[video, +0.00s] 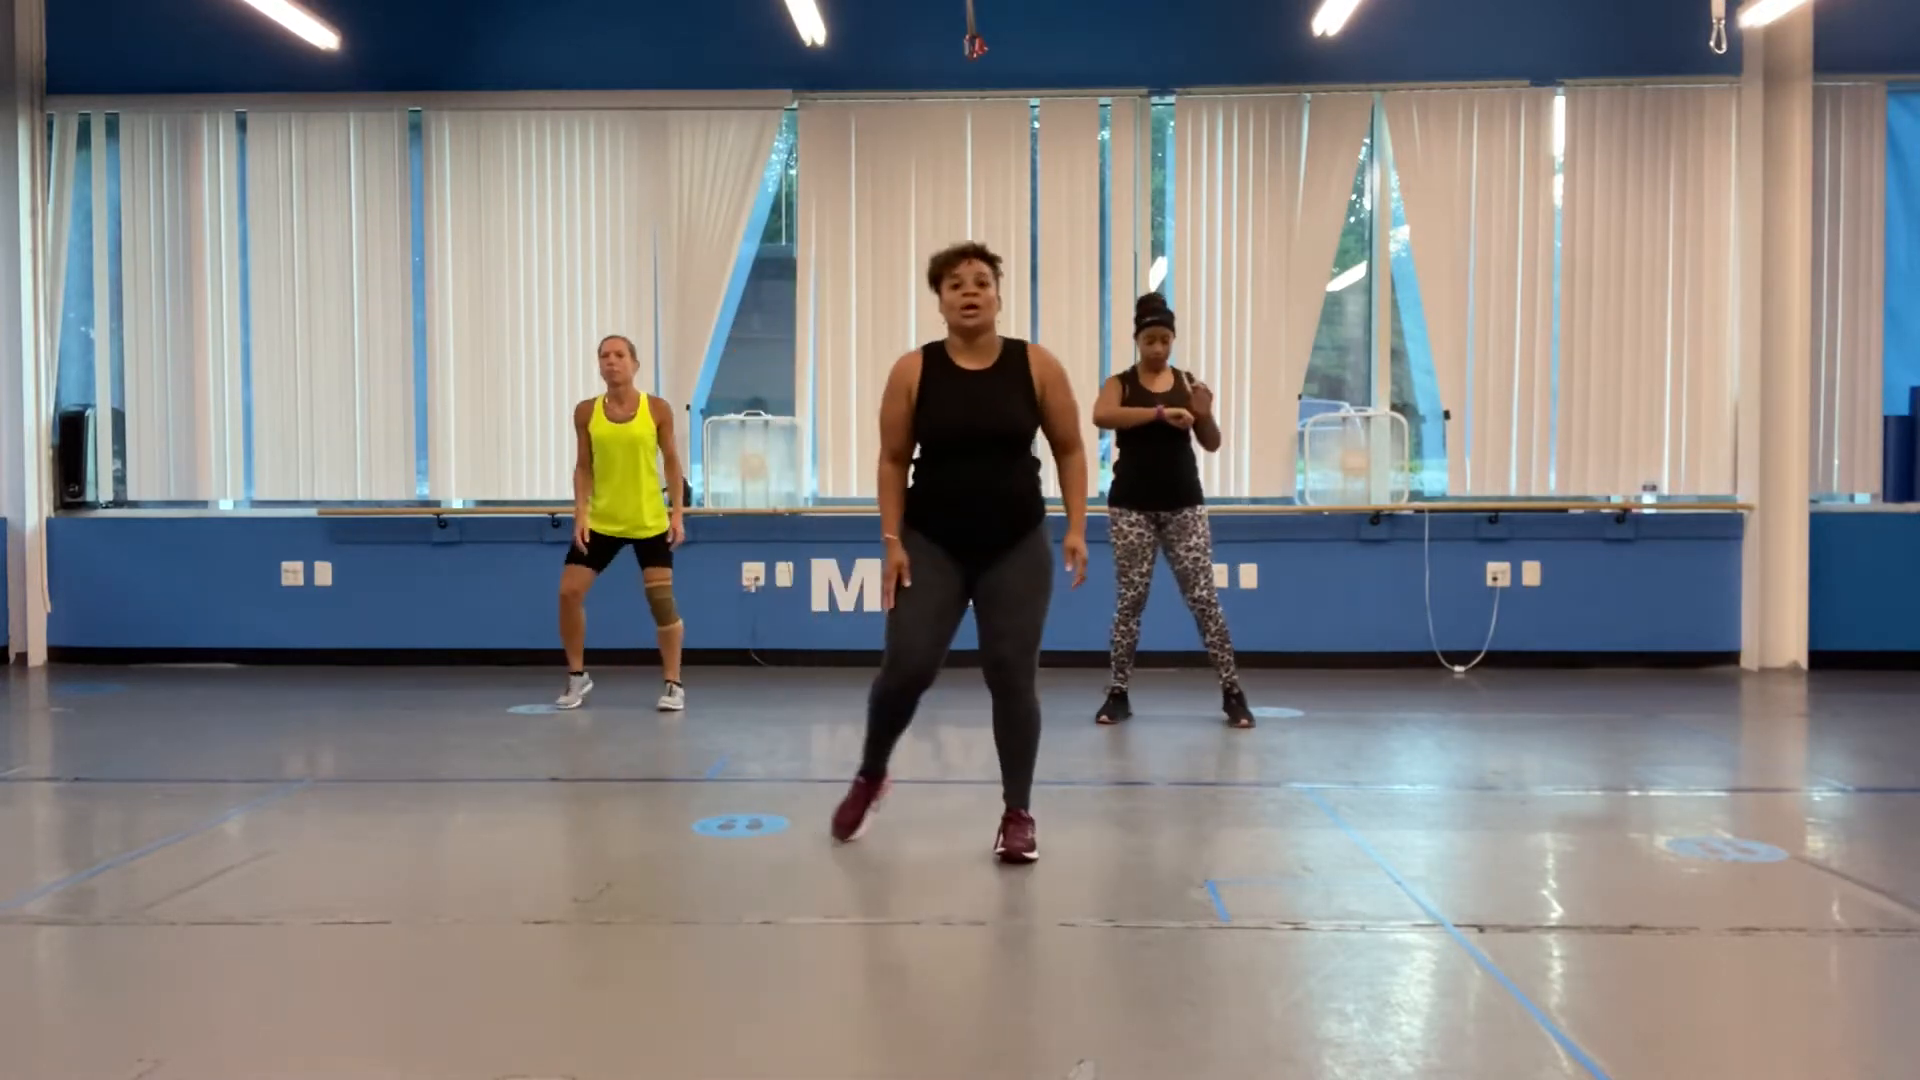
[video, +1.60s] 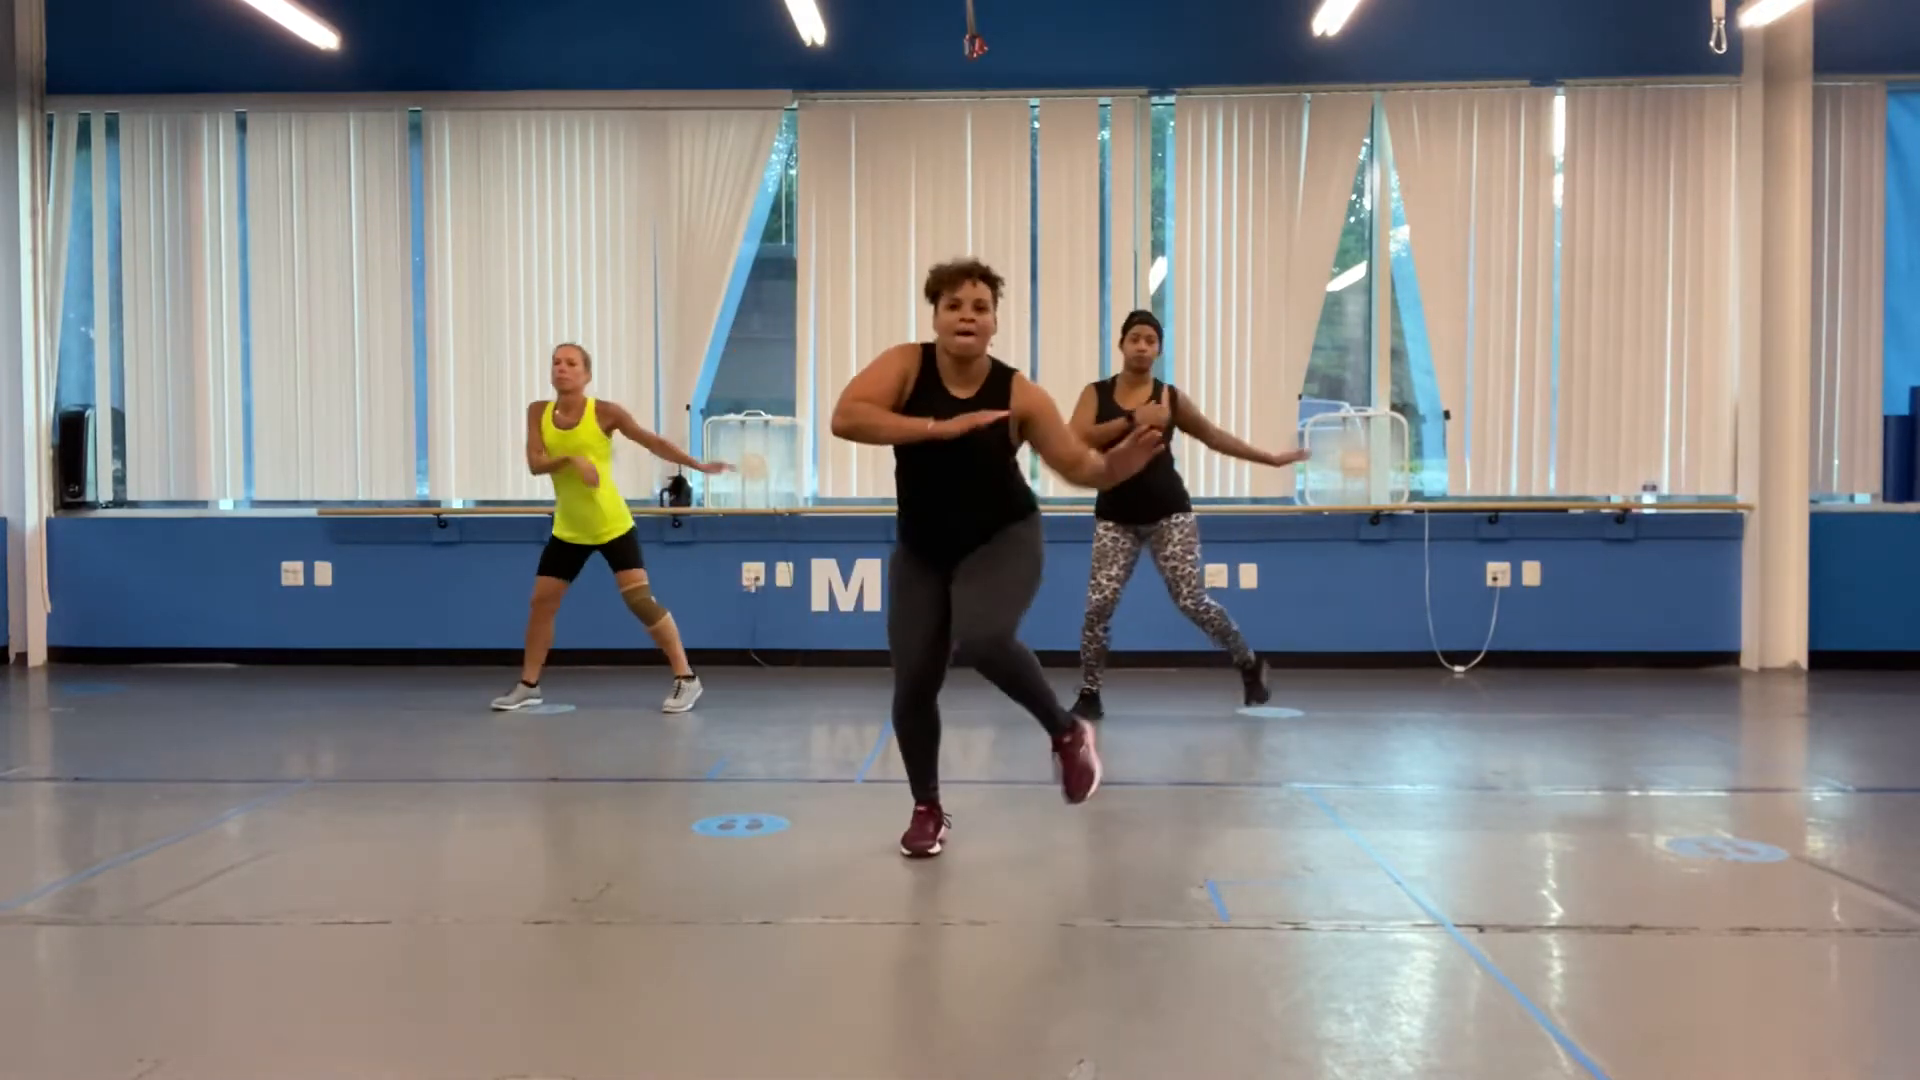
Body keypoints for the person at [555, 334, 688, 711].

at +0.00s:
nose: (611, 361)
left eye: (618, 355)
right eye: (605, 356)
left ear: (634, 364)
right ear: (598, 366)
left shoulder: (657, 409)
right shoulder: (586, 412)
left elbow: (672, 462)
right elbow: (583, 467)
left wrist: (677, 511)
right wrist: (580, 514)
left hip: (650, 520)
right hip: (602, 521)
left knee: (660, 599)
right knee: (570, 591)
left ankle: (672, 684)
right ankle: (576, 677)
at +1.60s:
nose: (561, 369)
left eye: (570, 364)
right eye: (556, 363)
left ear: (586, 375)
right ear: (550, 373)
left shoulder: (607, 412)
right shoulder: (539, 412)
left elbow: (652, 441)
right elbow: (535, 465)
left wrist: (695, 464)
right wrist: (571, 460)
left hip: (612, 524)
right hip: (568, 527)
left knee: (640, 602)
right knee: (542, 602)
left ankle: (686, 678)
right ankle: (529, 685)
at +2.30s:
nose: (556, 379)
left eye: (564, 373)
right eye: (550, 375)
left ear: (582, 382)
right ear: (546, 386)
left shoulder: (610, 421)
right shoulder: (543, 433)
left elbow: (639, 466)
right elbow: (557, 484)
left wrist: (651, 508)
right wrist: (545, 510)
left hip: (627, 524)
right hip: (582, 527)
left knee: (640, 602)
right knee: (540, 592)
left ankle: (662, 683)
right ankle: (540, 676)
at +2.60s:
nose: (513, 381)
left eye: (522, 376)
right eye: (508, 376)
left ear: (541, 385)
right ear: (504, 387)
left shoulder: (567, 421)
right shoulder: (498, 430)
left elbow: (610, 453)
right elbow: (499, 486)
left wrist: (654, 461)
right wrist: (543, 469)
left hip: (581, 524)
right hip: (536, 529)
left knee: (595, 597)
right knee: (503, 599)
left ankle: (618, 677)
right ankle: (513, 687)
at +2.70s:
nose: (499, 382)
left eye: (508, 377)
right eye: (494, 377)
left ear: (527, 387)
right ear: (490, 388)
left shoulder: (554, 419)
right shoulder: (488, 430)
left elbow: (602, 445)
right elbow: (491, 484)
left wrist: (651, 453)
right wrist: (529, 466)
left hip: (578, 526)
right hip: (535, 530)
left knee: (585, 603)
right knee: (487, 590)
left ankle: (615, 680)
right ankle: (503, 678)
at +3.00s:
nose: (465, 385)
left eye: (473, 380)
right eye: (460, 380)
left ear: (492, 390)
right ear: (455, 391)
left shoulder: (517, 426)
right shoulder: (447, 435)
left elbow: (557, 454)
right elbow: (442, 490)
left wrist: (597, 475)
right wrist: (477, 459)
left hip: (537, 527)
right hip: (493, 532)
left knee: (545, 603)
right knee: (458, 599)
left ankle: (585, 660)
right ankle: (465, 687)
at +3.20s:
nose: (482, 383)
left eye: (490, 377)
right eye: (476, 378)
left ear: (509, 386)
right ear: (471, 388)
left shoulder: (535, 430)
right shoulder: (461, 432)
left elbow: (545, 485)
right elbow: (442, 473)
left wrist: (534, 516)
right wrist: (445, 511)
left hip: (534, 531)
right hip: (483, 532)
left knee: (562, 597)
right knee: (451, 602)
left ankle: (577, 665)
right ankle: (463, 687)